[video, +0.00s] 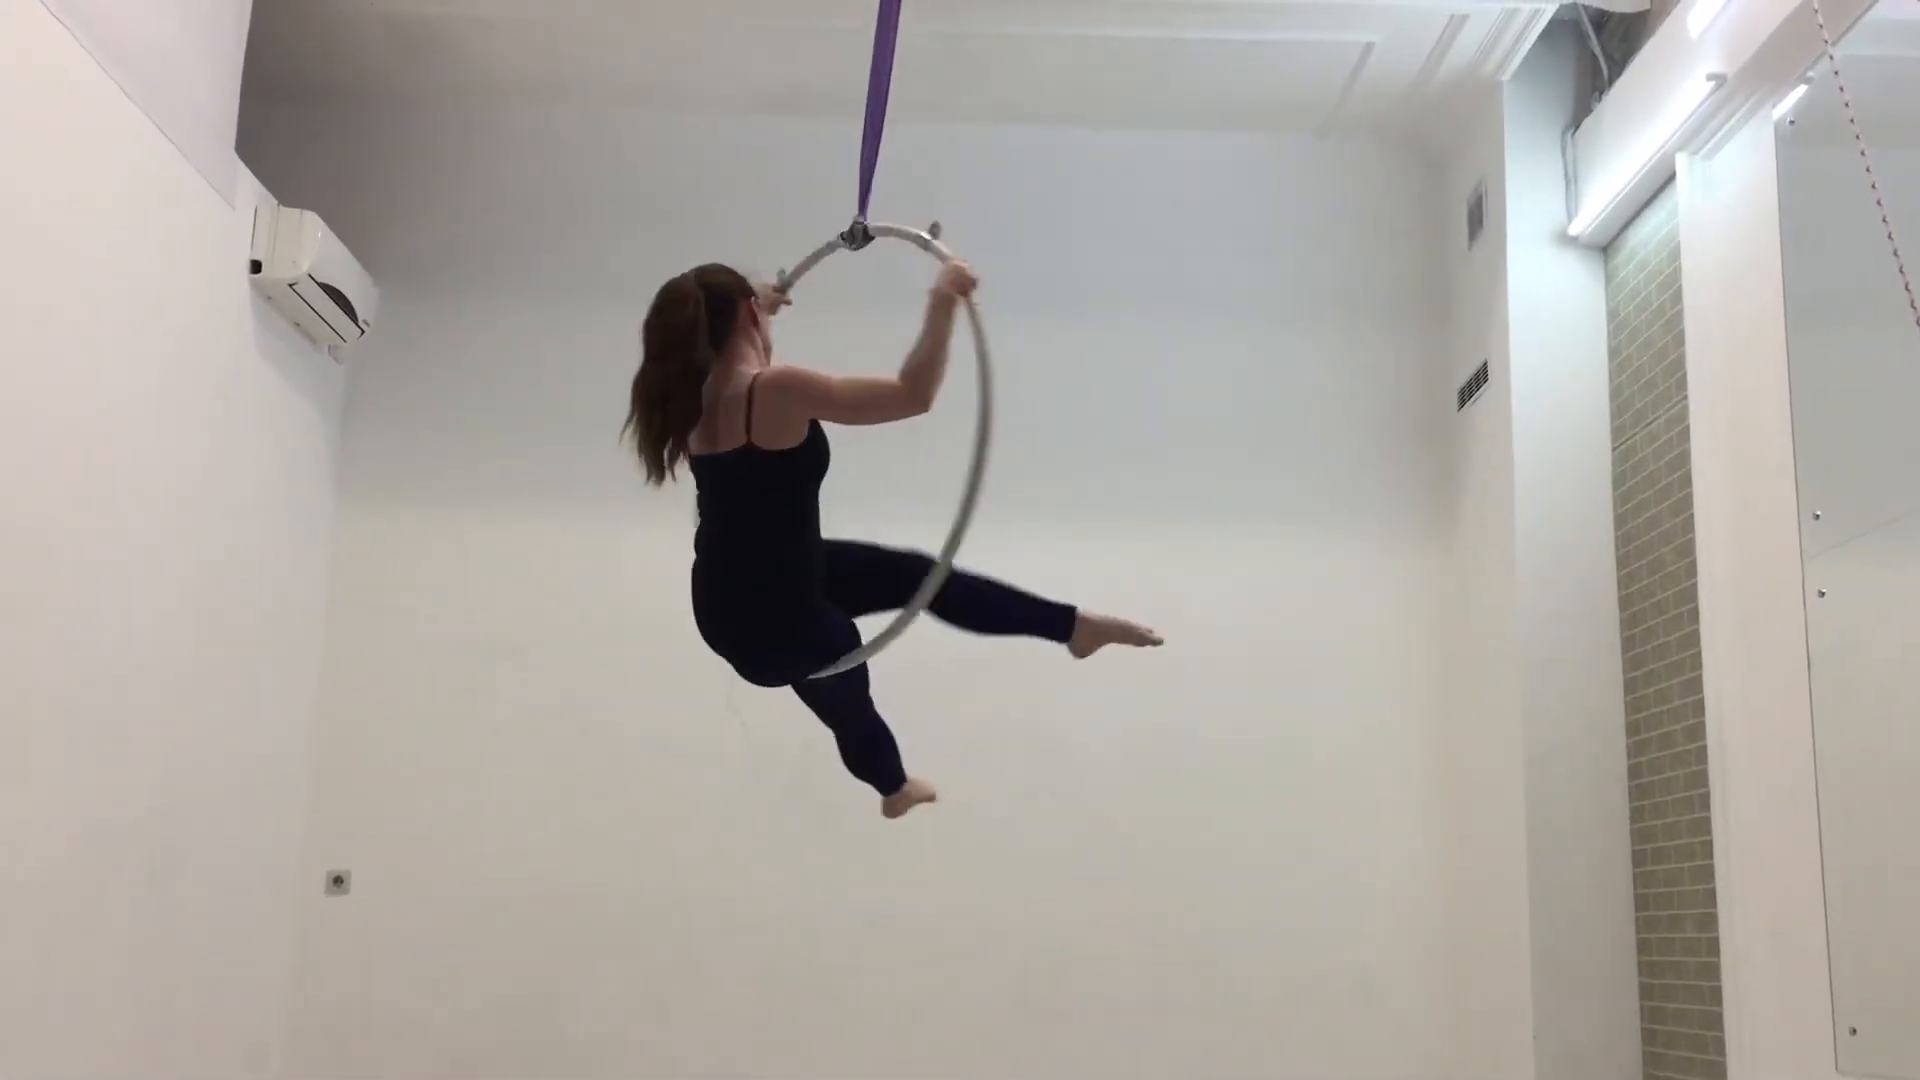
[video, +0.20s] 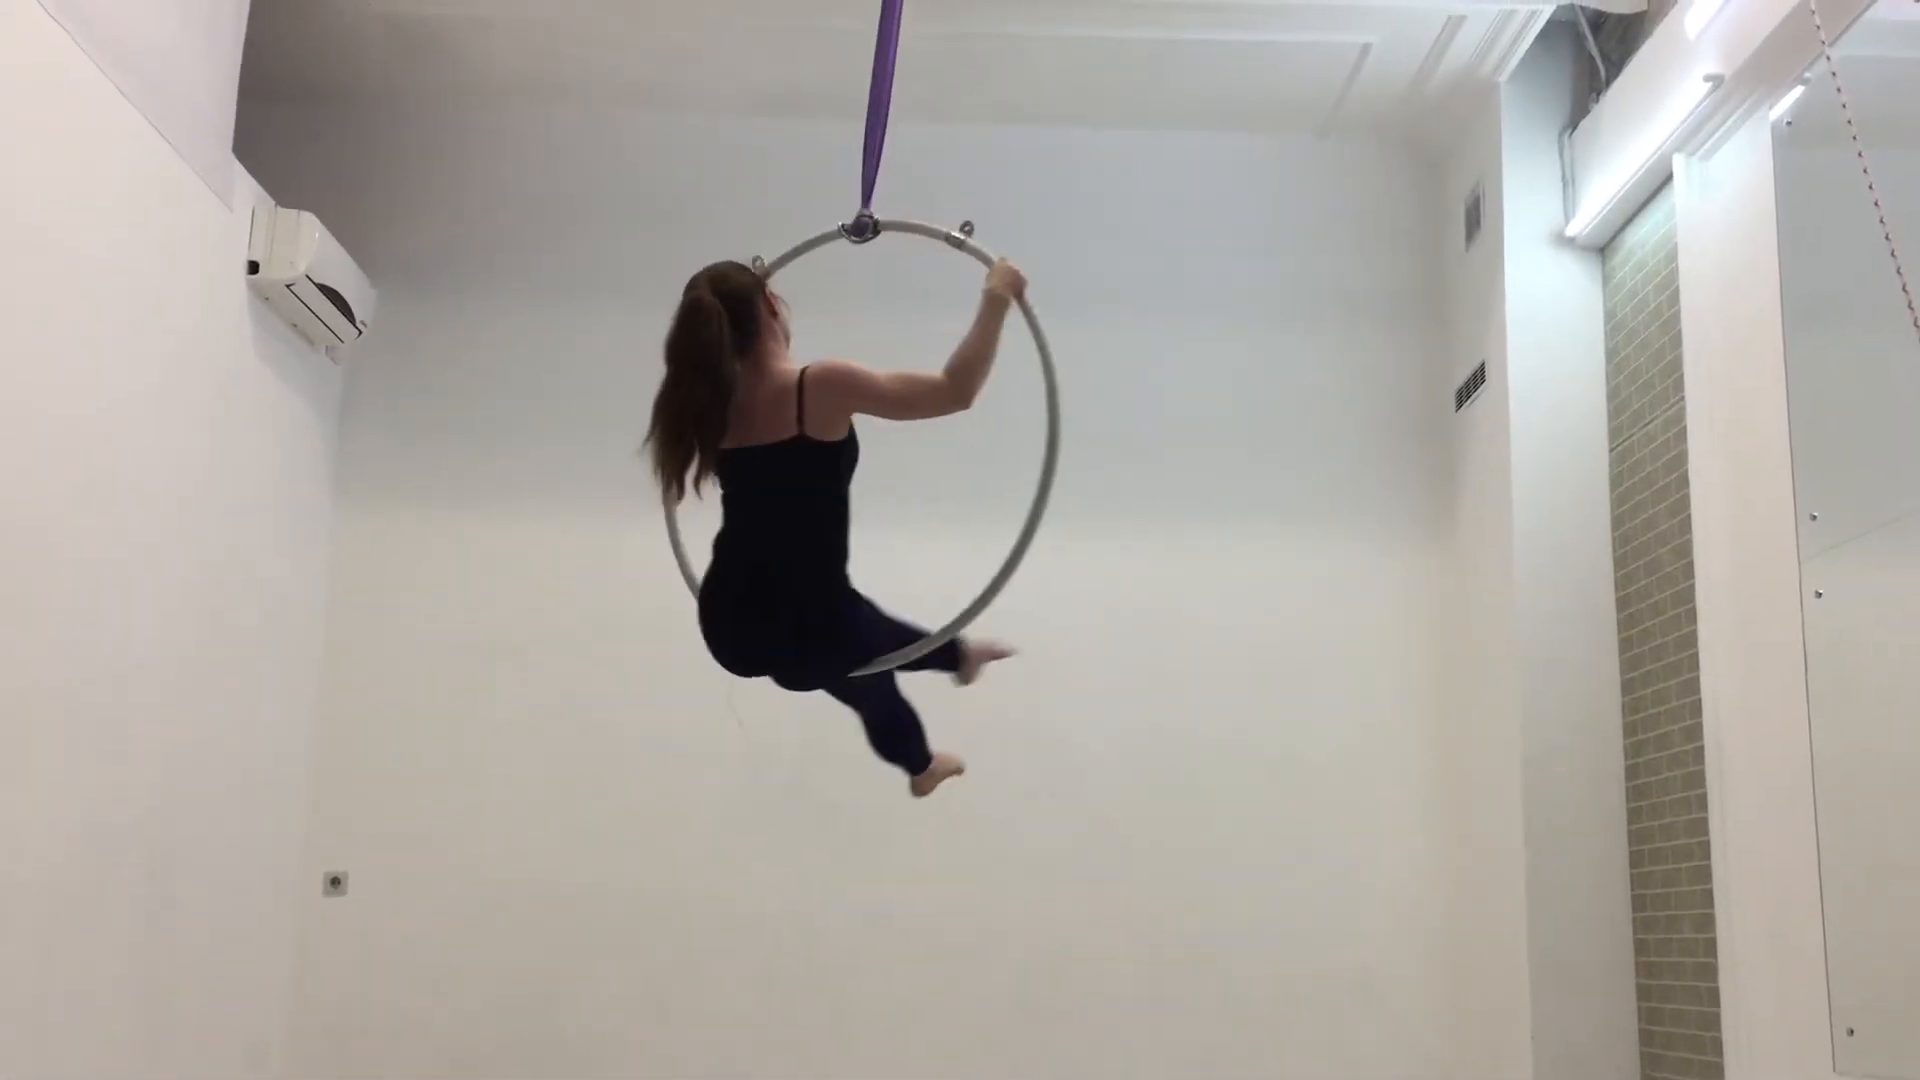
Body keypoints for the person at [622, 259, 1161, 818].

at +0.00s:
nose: (764, 313)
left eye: (756, 302)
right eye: (757, 305)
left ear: (694, 338)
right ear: (748, 320)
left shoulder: (692, 402)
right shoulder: (780, 389)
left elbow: (733, 400)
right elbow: (911, 396)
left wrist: (754, 324)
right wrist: (944, 302)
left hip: (726, 600)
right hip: (782, 609)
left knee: (918, 575)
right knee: (846, 693)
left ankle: (1072, 626)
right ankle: (893, 787)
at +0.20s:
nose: (781, 303)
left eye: (772, 294)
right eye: (774, 297)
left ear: (714, 334)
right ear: (770, 310)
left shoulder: (712, 407)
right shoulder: (825, 386)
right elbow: (955, 391)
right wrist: (997, 300)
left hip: (731, 621)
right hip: (813, 627)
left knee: (870, 639)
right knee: (871, 687)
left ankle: (957, 659)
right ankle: (919, 766)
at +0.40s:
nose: (793, 304)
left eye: (782, 297)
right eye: (786, 298)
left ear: (739, 349)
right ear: (787, 314)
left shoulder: (748, 420)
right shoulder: (871, 383)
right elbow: (989, 388)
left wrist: (724, 314)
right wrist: (1028, 298)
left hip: (792, 626)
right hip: (876, 619)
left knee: (823, 681)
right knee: (894, 665)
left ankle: (856, 792)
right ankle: (907, 701)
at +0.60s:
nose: (867, 306)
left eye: (853, 302)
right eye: (858, 303)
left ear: (811, 351)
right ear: (863, 317)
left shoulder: (811, 421)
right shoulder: (949, 394)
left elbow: (726, 399)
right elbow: (1048, 407)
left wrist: (749, 308)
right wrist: (1074, 325)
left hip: (835, 634)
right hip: (928, 639)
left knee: (832, 690)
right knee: (881, 685)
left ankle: (869, 825)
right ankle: (834, 764)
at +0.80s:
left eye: (917, 338)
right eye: (970, 319)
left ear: (911, 351)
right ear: (977, 329)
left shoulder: (905, 416)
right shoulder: (1036, 410)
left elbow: (794, 391)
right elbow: (1102, 432)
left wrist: (805, 291)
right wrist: (1112, 349)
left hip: (881, 622)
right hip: (973, 640)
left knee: (823, 684)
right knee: (873, 708)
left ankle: (889, 797)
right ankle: (830, 858)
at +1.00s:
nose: (1008, 330)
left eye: (1012, 322)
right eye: (1017, 321)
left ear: (1016, 342)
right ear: (1083, 350)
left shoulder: (973, 412)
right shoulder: (1089, 427)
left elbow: (852, 382)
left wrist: (857, 280)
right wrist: (1063, 324)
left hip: (941, 616)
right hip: (1020, 633)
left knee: (816, 690)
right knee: (880, 706)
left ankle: (937, 780)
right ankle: (922, 814)